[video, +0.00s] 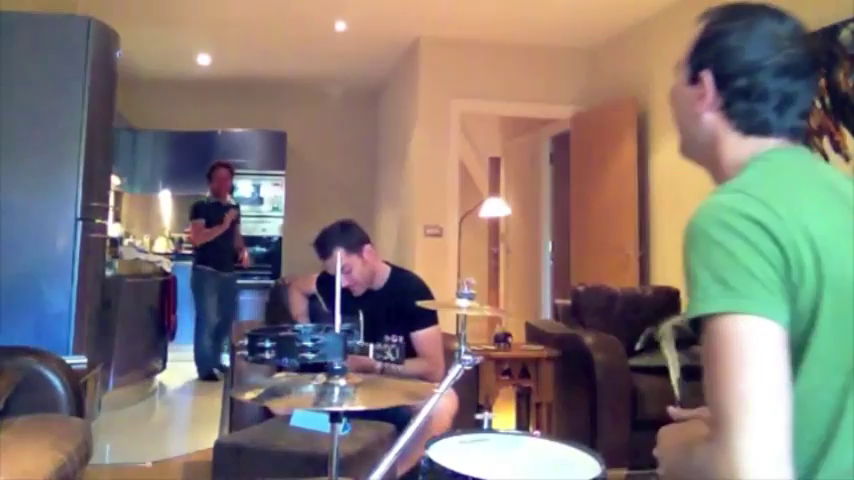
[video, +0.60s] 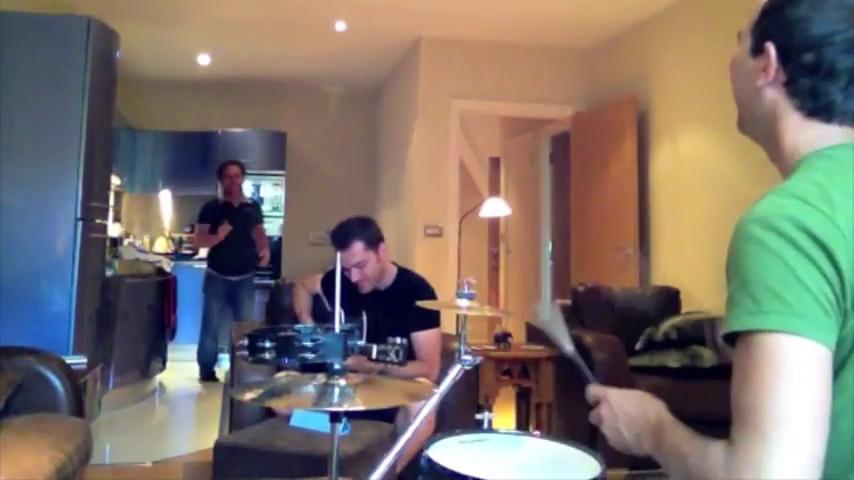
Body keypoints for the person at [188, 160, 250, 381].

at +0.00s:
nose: (222, 183)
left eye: (226, 178)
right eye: (218, 178)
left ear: (231, 182)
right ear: (210, 182)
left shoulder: (233, 209)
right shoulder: (201, 207)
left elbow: (236, 236)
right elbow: (197, 237)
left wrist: (242, 250)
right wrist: (223, 226)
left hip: (228, 270)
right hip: (207, 268)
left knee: (226, 318)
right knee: (209, 318)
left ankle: (216, 359)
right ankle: (204, 366)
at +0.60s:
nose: (234, 181)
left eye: (237, 177)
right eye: (229, 177)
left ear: (243, 179)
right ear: (221, 181)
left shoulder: (252, 208)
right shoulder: (211, 208)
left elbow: (259, 233)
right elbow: (199, 240)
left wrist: (264, 249)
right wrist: (217, 237)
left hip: (245, 276)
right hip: (217, 276)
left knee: (247, 323)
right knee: (213, 324)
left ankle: (244, 367)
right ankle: (207, 367)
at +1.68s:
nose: (274, 174)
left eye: (277, 169)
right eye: (268, 170)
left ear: (284, 170)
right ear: (260, 174)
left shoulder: (293, 203)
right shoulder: (250, 202)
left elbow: (303, 238)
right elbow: (236, 241)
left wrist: (309, 268)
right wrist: (262, 235)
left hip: (284, 276)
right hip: (256, 274)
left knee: (283, 327)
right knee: (260, 326)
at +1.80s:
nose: (279, 173)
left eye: (282, 169)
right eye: (273, 169)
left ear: (289, 170)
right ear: (264, 172)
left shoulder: (296, 200)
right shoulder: (252, 201)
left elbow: (306, 234)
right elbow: (238, 239)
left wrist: (312, 265)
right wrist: (265, 235)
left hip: (286, 273)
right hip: (258, 272)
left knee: (287, 324)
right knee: (261, 324)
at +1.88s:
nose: (282, 173)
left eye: (285, 168)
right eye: (276, 168)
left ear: (292, 170)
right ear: (266, 171)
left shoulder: (298, 200)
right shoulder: (253, 200)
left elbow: (306, 233)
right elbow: (240, 238)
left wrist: (313, 265)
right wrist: (267, 234)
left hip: (287, 274)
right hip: (260, 273)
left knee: (288, 324)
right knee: (262, 324)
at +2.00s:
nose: (288, 172)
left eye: (291, 167)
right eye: (282, 168)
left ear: (297, 169)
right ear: (272, 170)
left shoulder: (303, 199)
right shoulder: (258, 199)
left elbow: (309, 235)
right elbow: (245, 237)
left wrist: (313, 268)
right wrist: (274, 234)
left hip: (295, 275)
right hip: (264, 274)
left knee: (294, 326)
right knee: (265, 326)